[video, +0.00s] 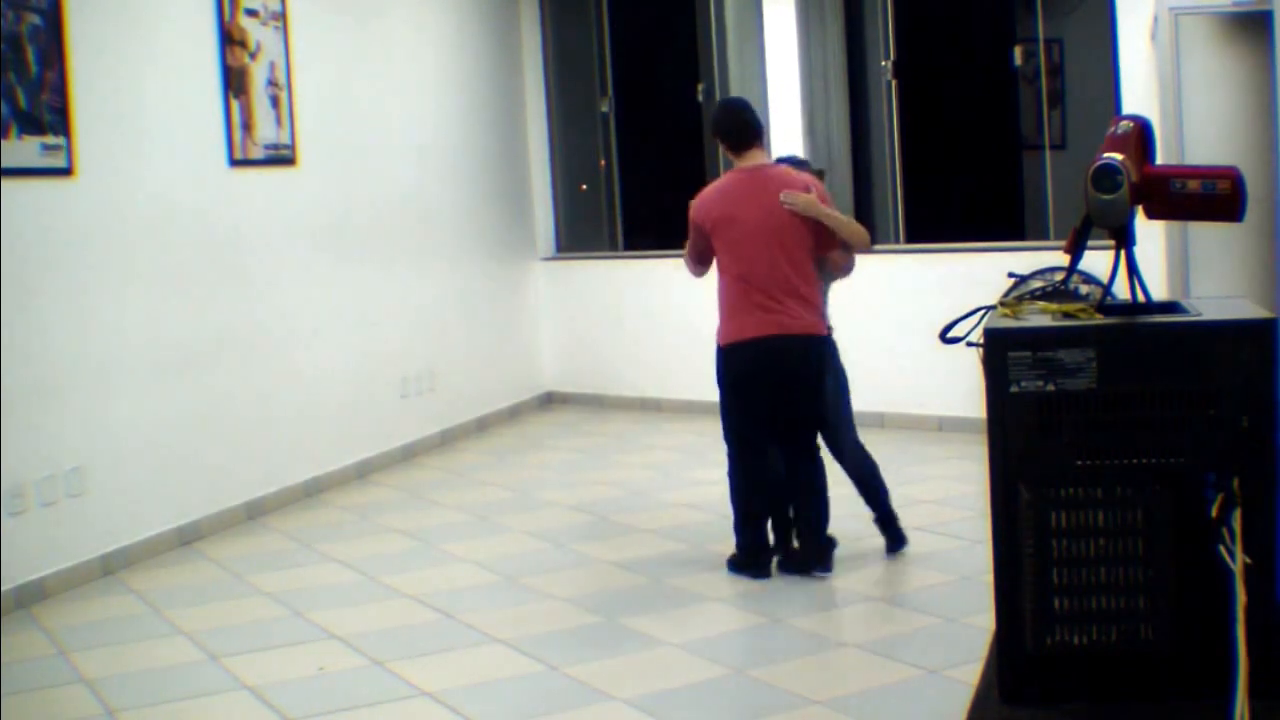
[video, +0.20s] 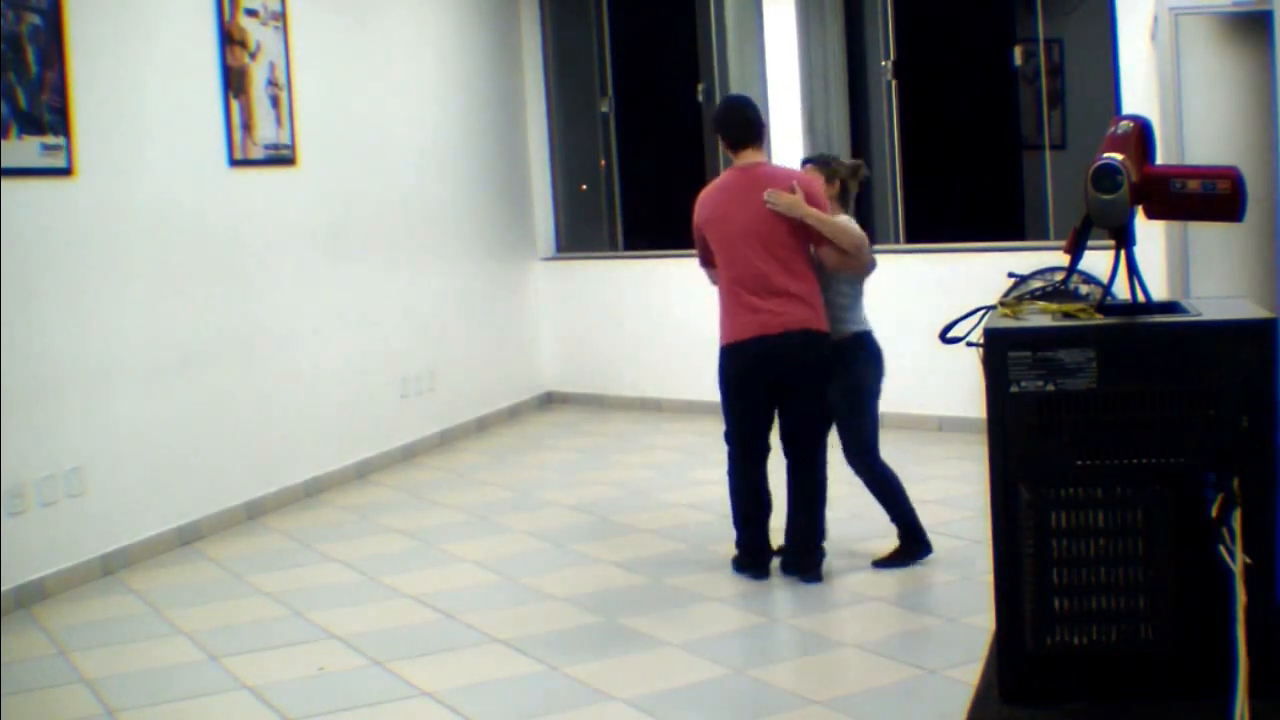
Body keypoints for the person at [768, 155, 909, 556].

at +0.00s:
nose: (796, 192)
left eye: (804, 183)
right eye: (787, 186)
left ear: (815, 187)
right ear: (773, 189)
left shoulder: (819, 224)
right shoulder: (761, 227)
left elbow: (862, 240)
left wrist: (818, 209)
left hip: (815, 343)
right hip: (772, 347)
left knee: (843, 443)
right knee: (777, 447)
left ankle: (888, 522)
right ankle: (784, 537)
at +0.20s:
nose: (803, 188)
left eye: (810, 181)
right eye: (801, 181)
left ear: (832, 187)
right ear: (817, 189)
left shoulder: (843, 224)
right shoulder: (802, 231)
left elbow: (858, 247)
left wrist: (802, 211)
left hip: (853, 350)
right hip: (816, 352)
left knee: (861, 455)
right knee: (806, 453)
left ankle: (913, 538)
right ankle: (804, 541)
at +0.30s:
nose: (814, 195)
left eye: (819, 187)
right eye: (812, 187)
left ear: (841, 189)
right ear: (829, 190)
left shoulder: (854, 228)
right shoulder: (824, 235)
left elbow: (849, 245)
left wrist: (795, 212)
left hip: (873, 352)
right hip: (846, 354)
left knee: (866, 453)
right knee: (827, 441)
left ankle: (916, 542)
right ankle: (850, 531)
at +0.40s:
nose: (821, 198)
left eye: (826, 190)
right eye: (820, 190)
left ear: (849, 190)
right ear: (851, 194)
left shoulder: (862, 229)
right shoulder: (867, 232)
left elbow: (843, 247)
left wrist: (790, 219)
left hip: (879, 352)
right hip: (882, 352)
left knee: (867, 448)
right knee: (864, 447)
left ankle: (916, 541)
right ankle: (910, 534)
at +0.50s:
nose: (828, 195)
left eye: (832, 187)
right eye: (828, 188)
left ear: (852, 188)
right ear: (864, 190)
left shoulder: (860, 224)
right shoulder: (885, 231)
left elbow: (847, 245)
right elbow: (877, 297)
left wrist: (791, 216)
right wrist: (831, 318)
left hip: (880, 352)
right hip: (910, 351)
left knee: (879, 451)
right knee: (897, 446)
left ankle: (919, 542)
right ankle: (952, 519)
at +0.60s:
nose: (832, 191)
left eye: (835, 183)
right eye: (831, 184)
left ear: (857, 184)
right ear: (872, 186)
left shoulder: (858, 219)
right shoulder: (897, 226)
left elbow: (842, 239)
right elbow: (885, 288)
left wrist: (785, 212)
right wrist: (836, 312)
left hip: (881, 350)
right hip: (921, 345)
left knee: (884, 451)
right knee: (924, 441)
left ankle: (919, 542)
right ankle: (966, 525)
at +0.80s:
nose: (835, 190)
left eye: (841, 181)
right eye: (835, 181)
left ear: (863, 182)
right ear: (877, 183)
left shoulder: (859, 218)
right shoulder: (910, 222)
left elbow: (840, 238)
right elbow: (905, 282)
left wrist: (778, 216)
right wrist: (856, 296)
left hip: (876, 349)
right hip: (923, 345)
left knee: (856, 443)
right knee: (938, 445)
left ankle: (891, 533)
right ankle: (961, 543)